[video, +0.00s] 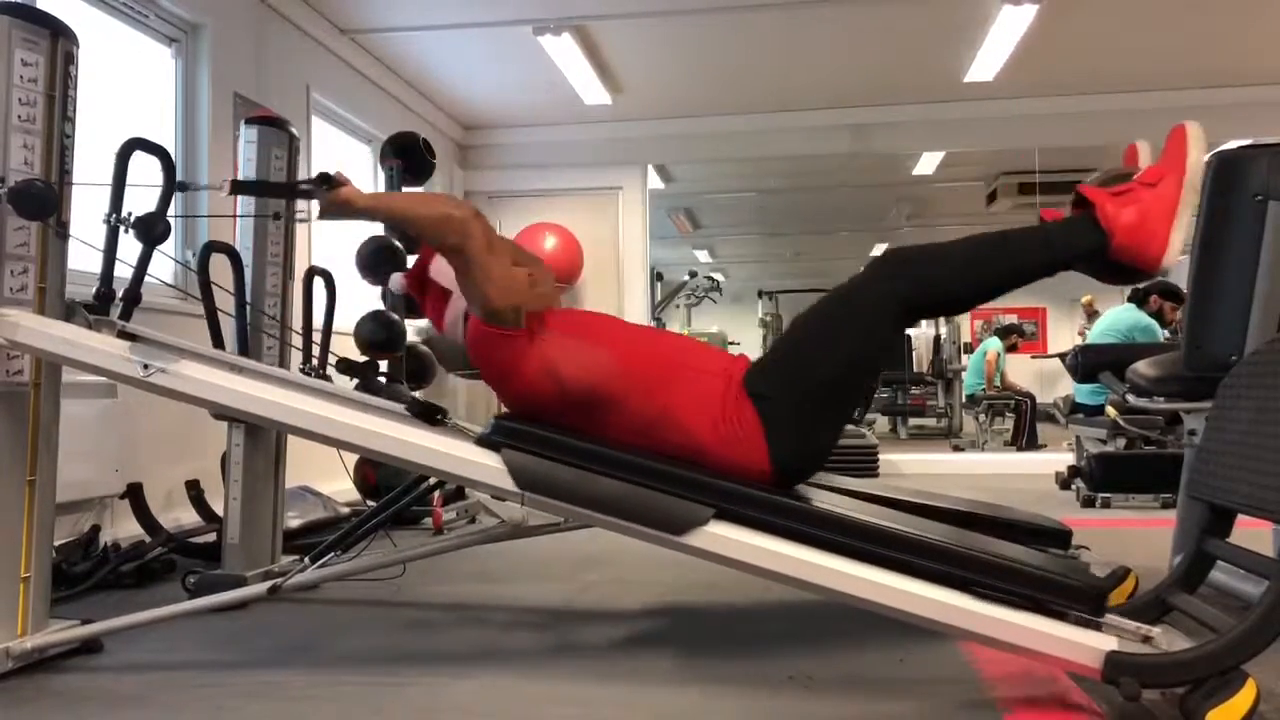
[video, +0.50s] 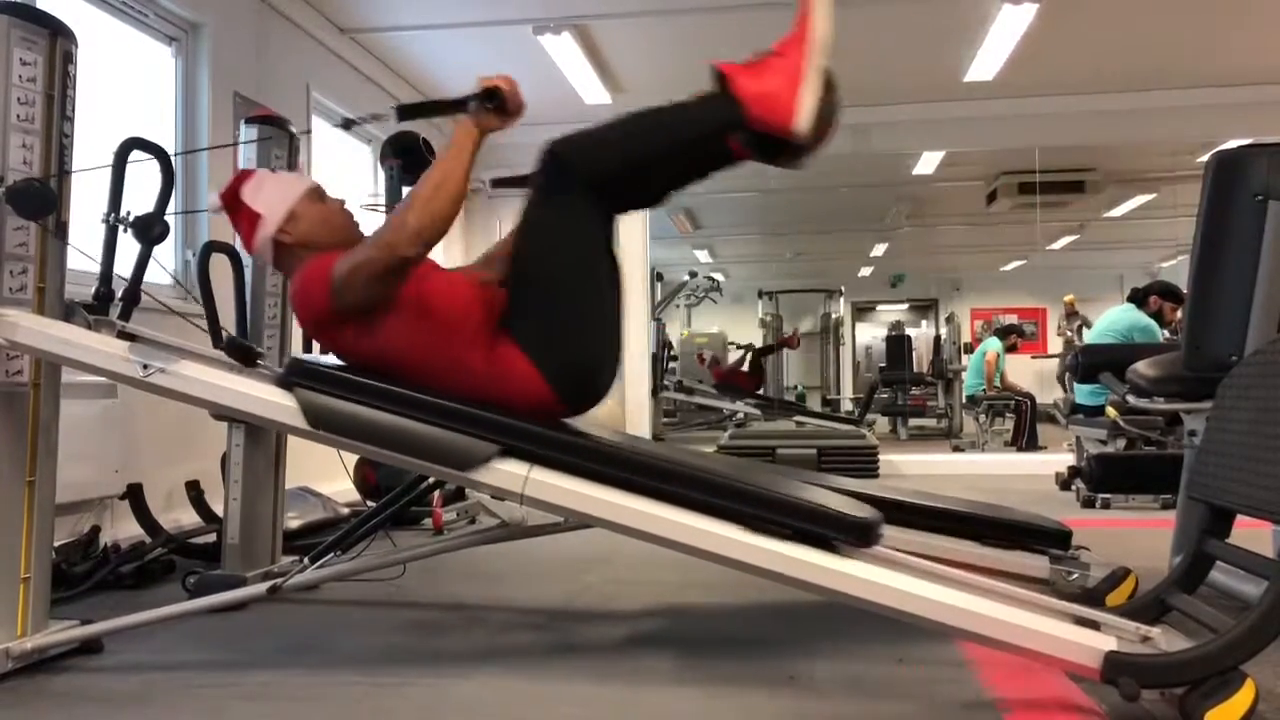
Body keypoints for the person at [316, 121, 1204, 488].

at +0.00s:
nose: (513, 253)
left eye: (499, 245)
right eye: (496, 251)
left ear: (458, 303)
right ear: (475, 287)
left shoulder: (521, 336)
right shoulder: (508, 336)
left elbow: (562, 253)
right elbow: (453, 218)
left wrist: (448, 247)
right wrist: (364, 203)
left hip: (753, 398)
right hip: (761, 425)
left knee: (890, 271)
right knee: (892, 282)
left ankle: (1094, 223)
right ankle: (1109, 236)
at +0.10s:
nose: (417, 263)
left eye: (409, 260)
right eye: (409, 258)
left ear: (423, 280)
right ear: (422, 276)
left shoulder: (497, 316)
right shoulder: (481, 322)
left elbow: (558, 251)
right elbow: (474, 216)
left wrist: (454, 223)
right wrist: (397, 178)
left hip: (721, 404)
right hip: (726, 424)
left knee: (850, 262)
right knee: (850, 265)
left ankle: (1055, 211)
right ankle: (1065, 215)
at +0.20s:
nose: (416, 254)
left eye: (405, 248)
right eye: (401, 257)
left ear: (425, 262)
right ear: (401, 297)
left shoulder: (496, 317)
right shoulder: (445, 339)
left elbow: (557, 255)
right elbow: (482, 237)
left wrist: (471, 194)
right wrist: (420, 163)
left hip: (688, 382)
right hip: (687, 409)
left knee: (793, 240)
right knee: (790, 242)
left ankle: (998, 183)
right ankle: (1002, 186)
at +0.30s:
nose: (402, 230)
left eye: (391, 222)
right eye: (385, 232)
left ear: (394, 246)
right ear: (365, 271)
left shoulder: (446, 310)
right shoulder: (398, 328)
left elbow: (551, 279)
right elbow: (461, 249)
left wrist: (511, 193)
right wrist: (433, 140)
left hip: (636, 369)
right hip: (636, 394)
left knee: (718, 216)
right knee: (717, 215)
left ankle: (912, 157)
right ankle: (917, 158)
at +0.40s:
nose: (361, 213)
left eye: (351, 205)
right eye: (343, 214)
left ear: (329, 244)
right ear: (320, 249)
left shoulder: (398, 295)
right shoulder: (355, 308)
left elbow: (515, 286)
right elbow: (425, 250)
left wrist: (531, 195)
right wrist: (451, 127)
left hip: (588, 362)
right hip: (591, 381)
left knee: (644, 191)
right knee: (645, 189)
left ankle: (831, 135)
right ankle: (831, 130)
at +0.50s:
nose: (333, 201)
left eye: (321, 192)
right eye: (314, 197)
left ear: (298, 226)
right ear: (287, 230)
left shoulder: (357, 280)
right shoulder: (320, 288)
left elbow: (481, 282)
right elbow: (408, 236)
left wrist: (552, 213)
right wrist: (474, 126)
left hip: (545, 351)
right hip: (547, 367)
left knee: (576, 174)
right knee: (569, 163)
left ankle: (755, 129)